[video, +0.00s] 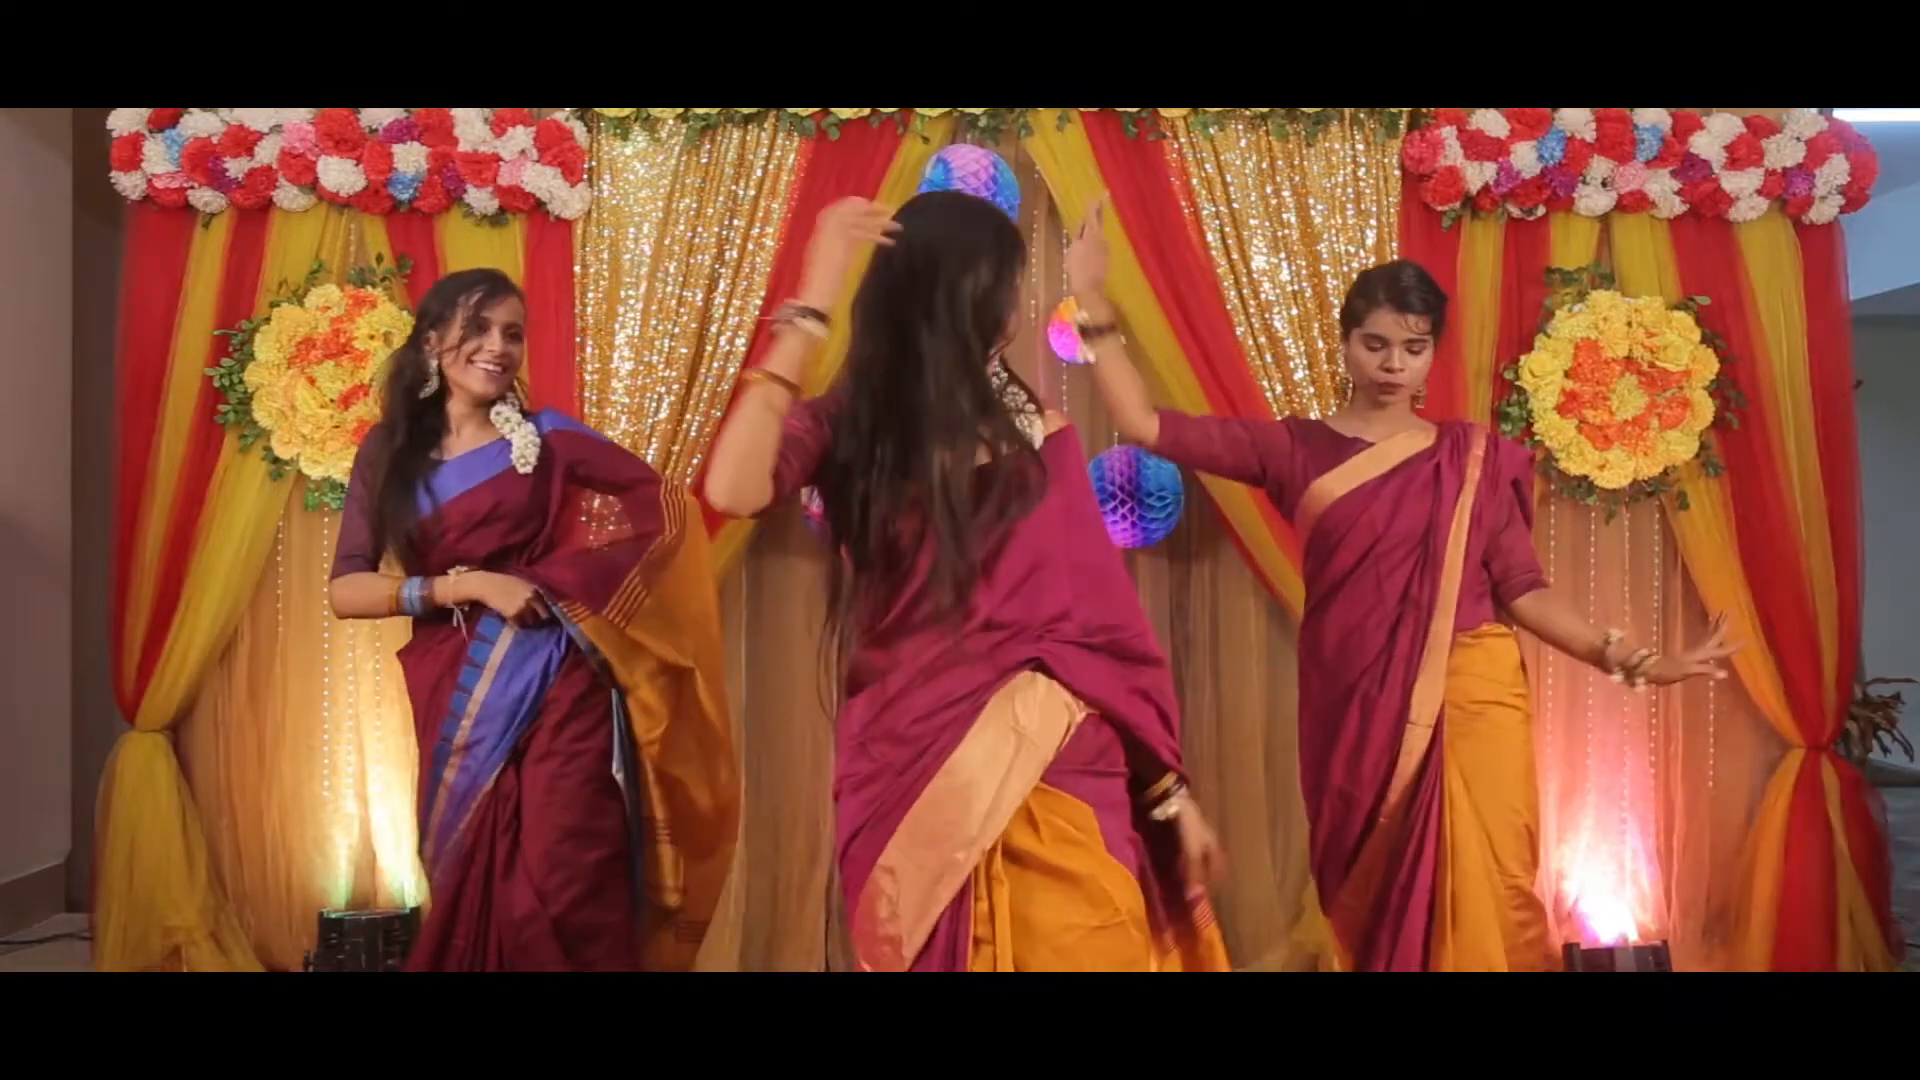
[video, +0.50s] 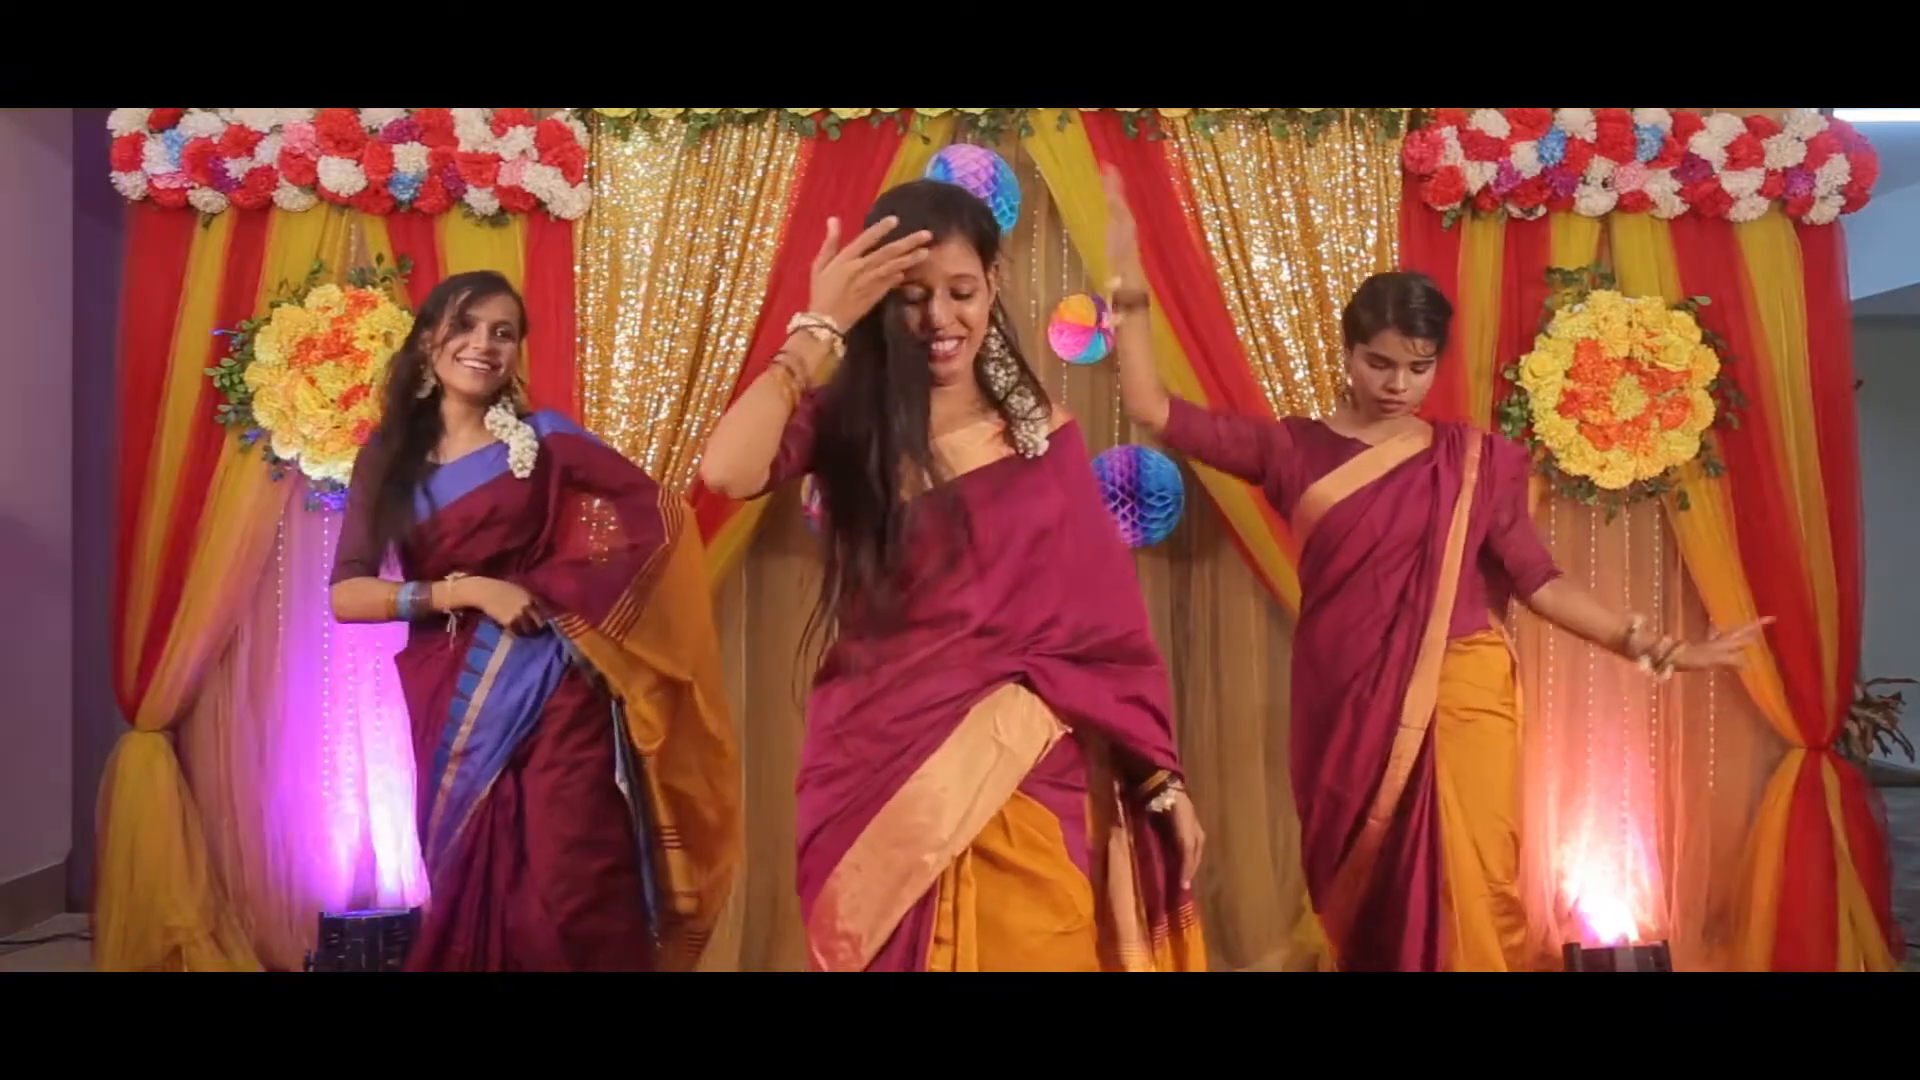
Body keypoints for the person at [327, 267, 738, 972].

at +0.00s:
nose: (499, 347)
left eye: (513, 334)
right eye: (479, 330)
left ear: (525, 348)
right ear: (433, 341)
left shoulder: (547, 434)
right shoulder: (390, 450)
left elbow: (658, 506)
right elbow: (346, 590)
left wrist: (564, 584)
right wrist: (465, 583)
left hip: (563, 686)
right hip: (458, 696)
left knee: (560, 890)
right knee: (471, 896)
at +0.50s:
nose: (486, 345)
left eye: (504, 333)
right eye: (466, 328)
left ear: (518, 352)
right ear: (429, 343)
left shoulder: (543, 434)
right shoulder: (391, 455)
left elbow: (651, 512)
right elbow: (346, 595)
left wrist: (569, 596)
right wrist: (463, 589)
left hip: (559, 688)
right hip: (454, 701)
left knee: (565, 898)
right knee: (474, 900)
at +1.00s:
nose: (486, 347)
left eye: (506, 334)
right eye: (466, 330)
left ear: (524, 355)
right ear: (433, 347)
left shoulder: (554, 441)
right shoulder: (399, 462)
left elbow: (662, 527)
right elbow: (357, 599)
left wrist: (551, 602)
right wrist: (461, 599)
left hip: (555, 691)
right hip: (452, 701)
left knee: (564, 897)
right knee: (469, 898)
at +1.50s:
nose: (494, 342)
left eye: (514, 329)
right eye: (476, 325)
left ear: (535, 351)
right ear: (445, 341)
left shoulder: (559, 441)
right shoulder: (408, 453)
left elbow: (671, 526)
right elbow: (349, 583)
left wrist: (565, 591)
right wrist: (448, 589)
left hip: (555, 692)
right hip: (451, 701)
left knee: (571, 898)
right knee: (478, 898)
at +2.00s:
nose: (484, 359)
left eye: (505, 346)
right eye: (466, 342)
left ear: (526, 367)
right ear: (436, 363)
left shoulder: (567, 454)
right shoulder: (416, 487)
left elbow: (666, 562)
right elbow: (377, 627)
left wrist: (554, 634)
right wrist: (464, 632)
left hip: (551, 724)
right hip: (443, 730)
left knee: (556, 924)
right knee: (453, 920)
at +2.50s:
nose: (494, 349)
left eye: (515, 337)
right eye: (474, 332)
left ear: (535, 365)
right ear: (441, 355)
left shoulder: (574, 455)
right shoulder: (417, 477)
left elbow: (598, 592)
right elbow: (414, 614)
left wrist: (611, 685)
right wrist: (340, 712)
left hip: (545, 732)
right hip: (434, 737)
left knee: (539, 941)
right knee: (438, 937)